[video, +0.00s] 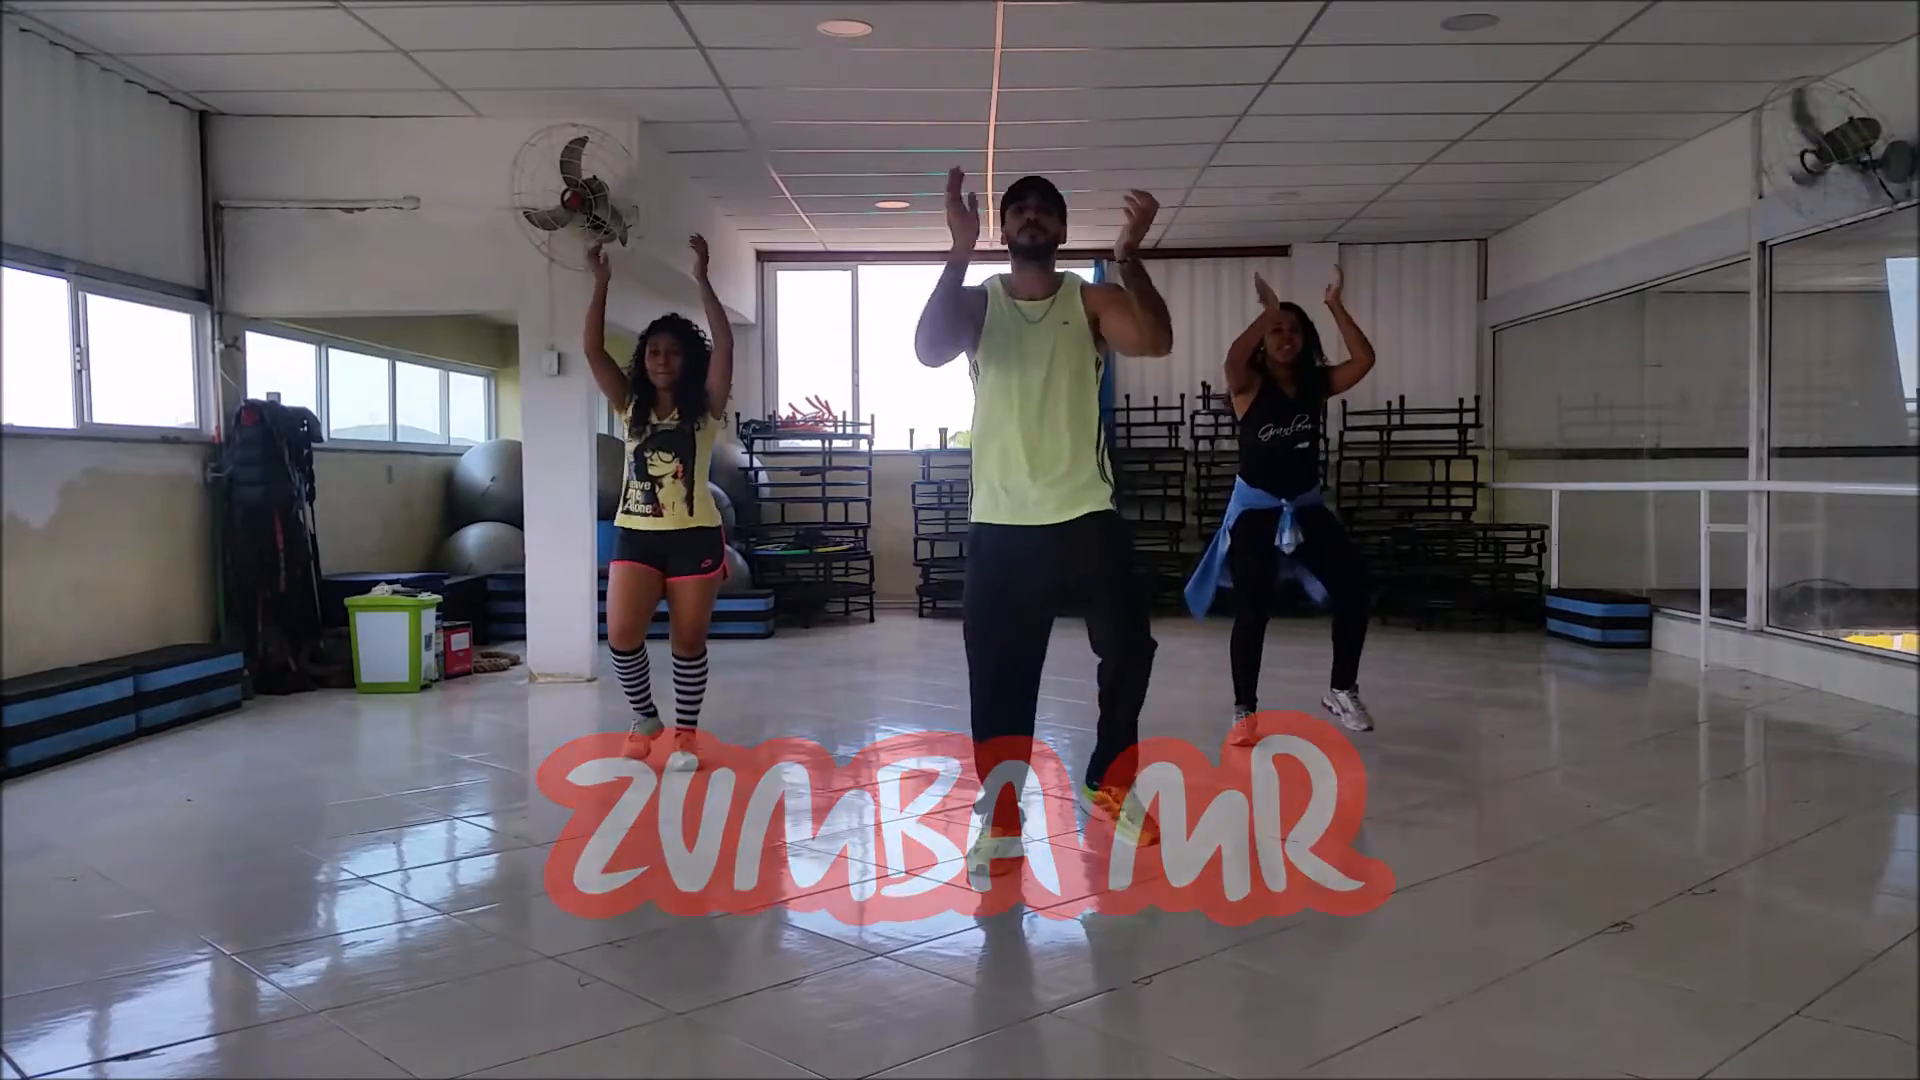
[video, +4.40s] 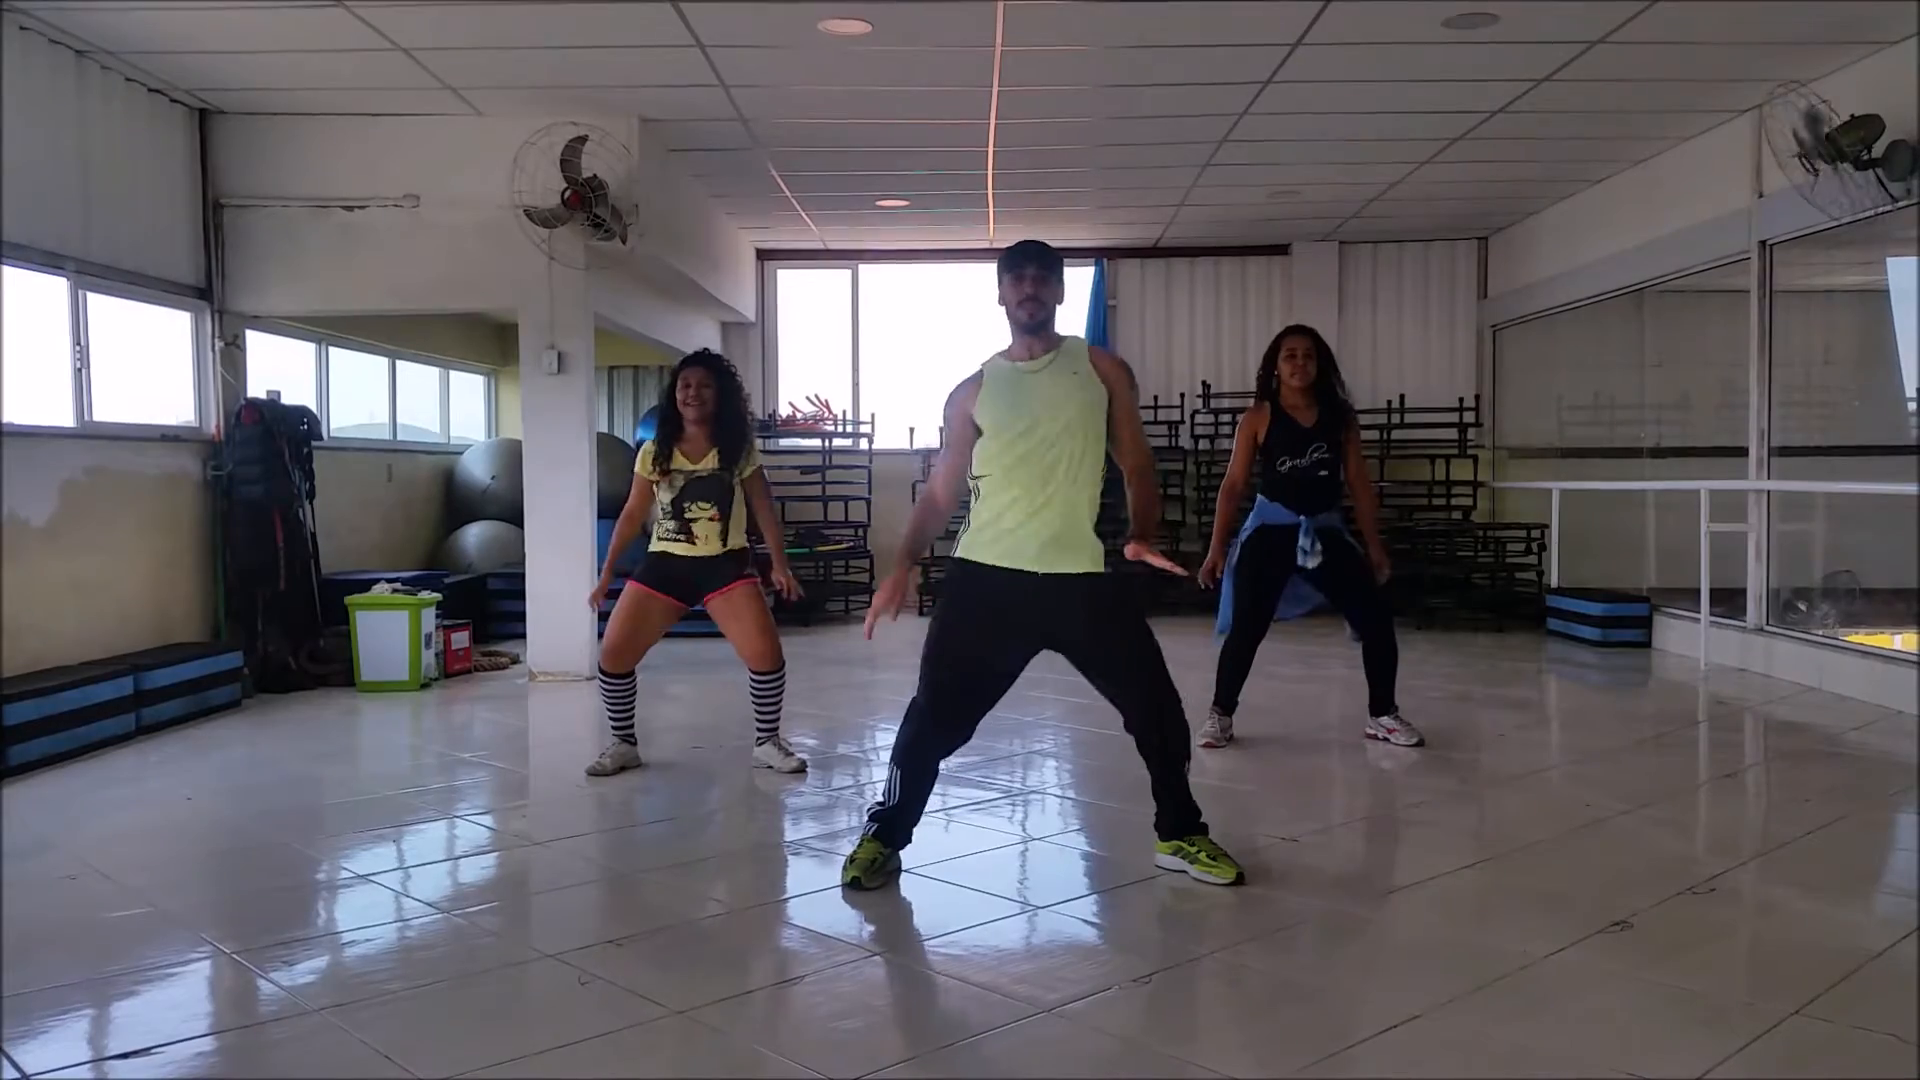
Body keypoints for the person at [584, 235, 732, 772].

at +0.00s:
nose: (662, 361)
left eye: (672, 353)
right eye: (654, 353)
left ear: (689, 360)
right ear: (642, 359)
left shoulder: (705, 406)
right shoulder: (630, 403)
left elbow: (724, 343)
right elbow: (592, 349)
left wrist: (703, 280)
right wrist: (601, 282)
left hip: (694, 539)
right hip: (635, 537)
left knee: (688, 645)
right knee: (622, 638)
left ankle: (685, 738)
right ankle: (646, 722)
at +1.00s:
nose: (664, 359)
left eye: (674, 351)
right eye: (656, 351)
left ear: (691, 360)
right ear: (645, 358)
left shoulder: (711, 412)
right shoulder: (628, 410)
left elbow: (763, 408)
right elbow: (564, 410)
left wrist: (726, 355)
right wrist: (588, 352)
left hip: (696, 540)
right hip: (637, 538)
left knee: (689, 641)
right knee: (620, 640)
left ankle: (688, 739)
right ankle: (626, 740)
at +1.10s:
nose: (662, 361)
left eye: (673, 353)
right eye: (654, 353)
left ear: (691, 362)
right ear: (645, 360)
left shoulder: (706, 418)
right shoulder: (629, 413)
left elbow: (756, 468)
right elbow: (580, 466)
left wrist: (737, 438)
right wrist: (574, 448)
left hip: (695, 541)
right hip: (636, 539)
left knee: (688, 642)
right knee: (623, 643)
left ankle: (688, 739)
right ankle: (625, 744)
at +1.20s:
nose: (661, 366)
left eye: (672, 358)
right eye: (653, 358)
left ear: (690, 367)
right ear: (642, 366)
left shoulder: (706, 423)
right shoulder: (625, 418)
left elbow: (729, 479)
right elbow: (595, 477)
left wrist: (736, 497)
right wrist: (575, 515)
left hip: (693, 547)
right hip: (634, 545)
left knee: (687, 648)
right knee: (614, 645)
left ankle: (687, 740)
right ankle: (625, 745)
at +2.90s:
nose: (687, 378)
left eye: (698, 371)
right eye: (680, 371)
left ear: (716, 380)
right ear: (670, 380)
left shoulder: (737, 437)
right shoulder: (655, 434)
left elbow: (756, 499)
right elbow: (634, 490)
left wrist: (755, 550)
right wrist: (596, 521)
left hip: (723, 563)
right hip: (658, 562)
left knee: (770, 649)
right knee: (616, 651)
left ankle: (767, 744)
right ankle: (624, 745)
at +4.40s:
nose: (692, 394)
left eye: (702, 387)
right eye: (684, 386)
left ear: (720, 395)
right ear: (675, 393)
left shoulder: (739, 449)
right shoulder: (655, 451)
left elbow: (762, 507)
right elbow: (632, 515)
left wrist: (779, 563)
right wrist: (607, 574)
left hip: (726, 569)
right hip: (664, 568)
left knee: (766, 653)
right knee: (614, 651)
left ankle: (768, 744)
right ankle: (623, 745)